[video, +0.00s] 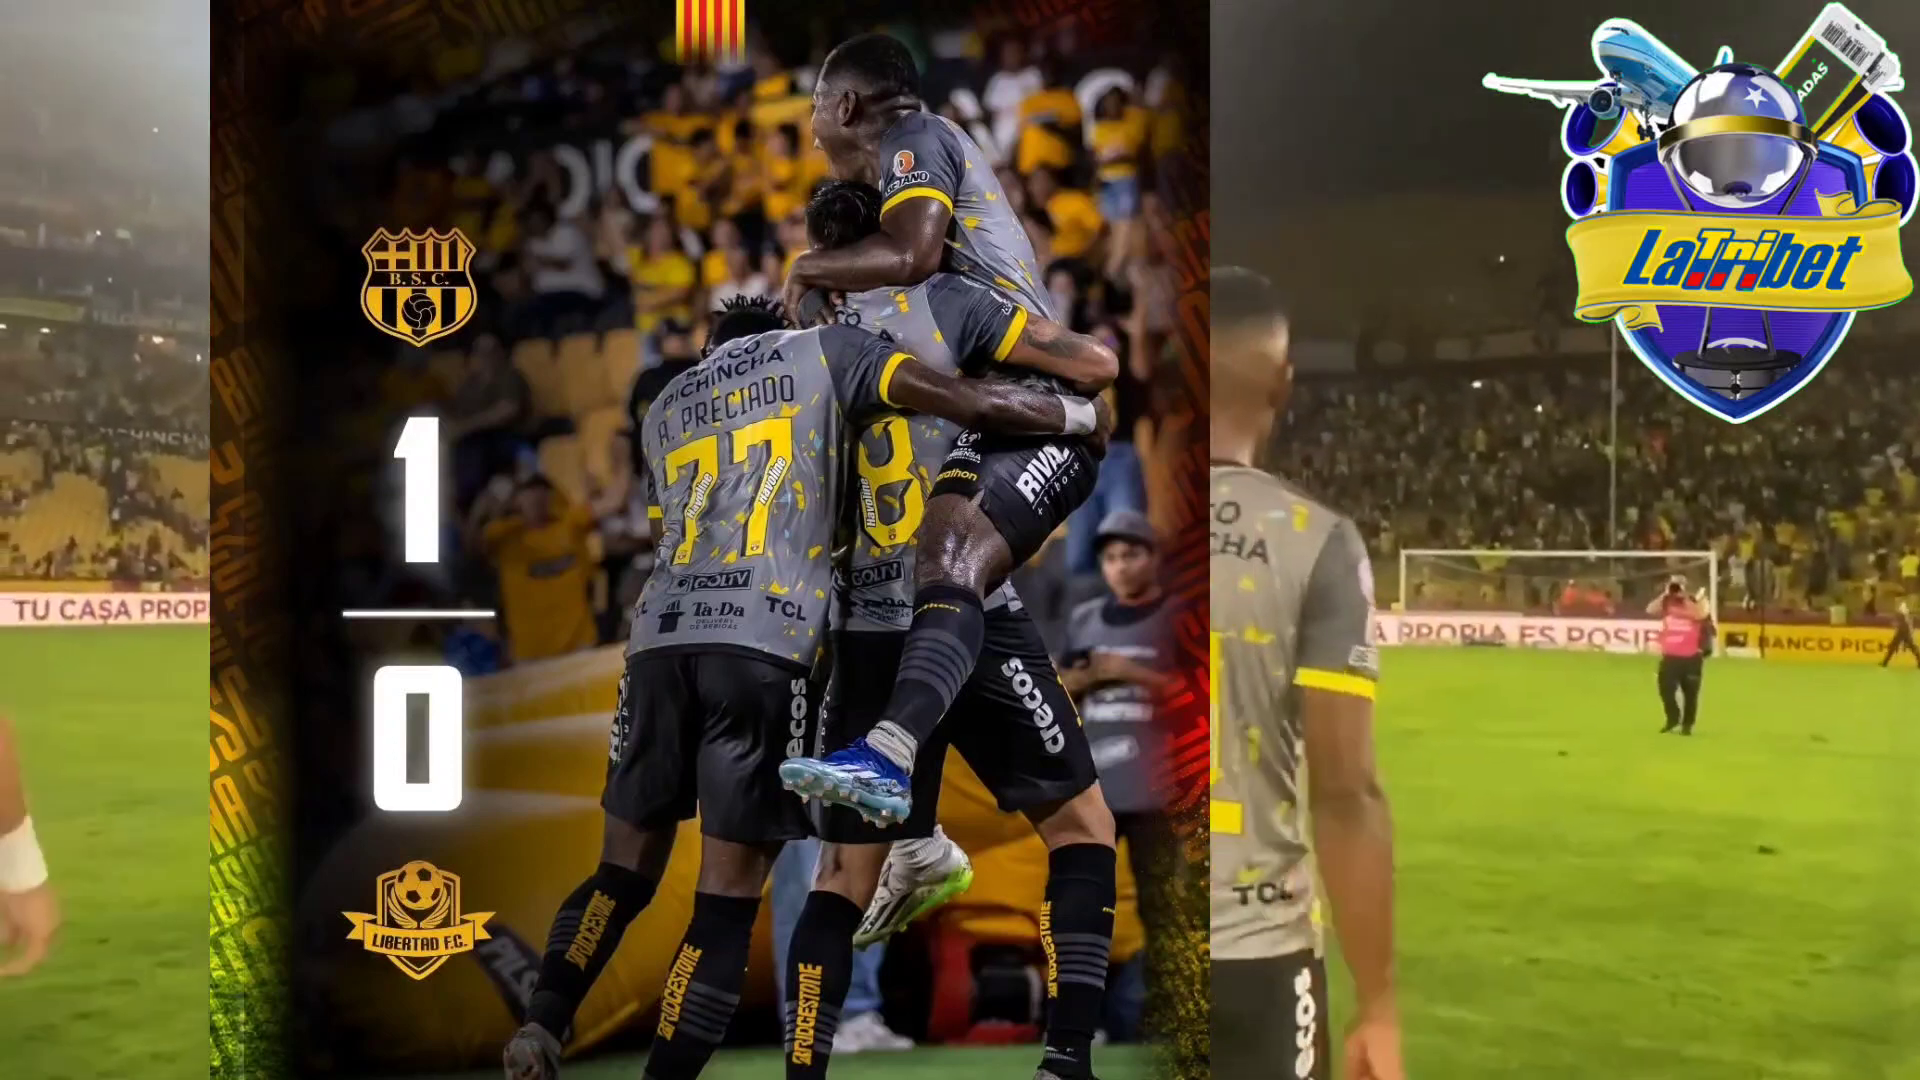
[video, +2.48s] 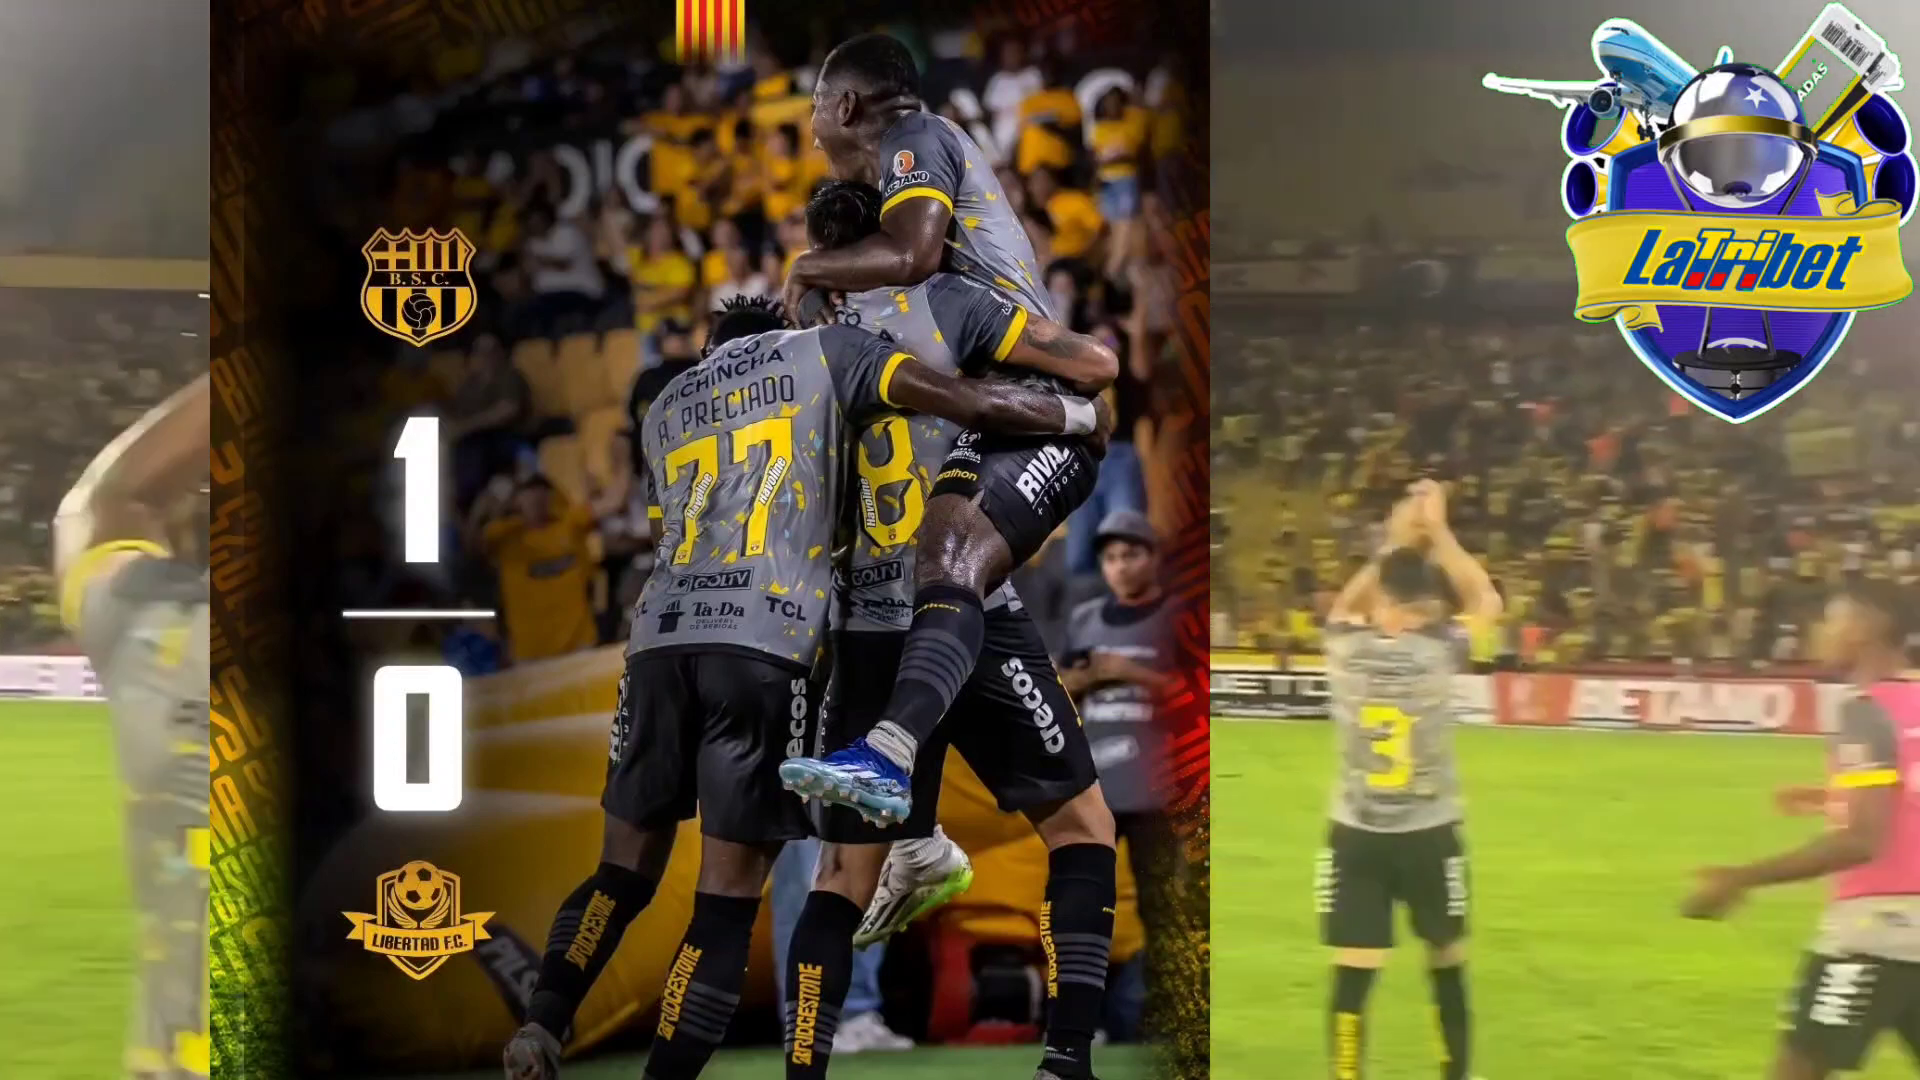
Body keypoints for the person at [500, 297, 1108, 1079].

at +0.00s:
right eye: (804, 317)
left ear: (708, 345)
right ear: (787, 323)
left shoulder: (661, 407)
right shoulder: (830, 348)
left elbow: (679, 519)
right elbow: (972, 400)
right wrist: (1089, 418)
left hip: (657, 648)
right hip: (761, 648)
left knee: (623, 868)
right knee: (726, 894)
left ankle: (543, 1026)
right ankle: (667, 1075)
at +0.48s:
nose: (821, 324)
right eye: (808, 317)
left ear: (708, 345)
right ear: (788, 324)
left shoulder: (661, 408)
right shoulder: (830, 347)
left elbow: (681, 519)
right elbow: (973, 400)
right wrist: (1088, 417)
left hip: (657, 648)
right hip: (762, 648)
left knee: (623, 867)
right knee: (727, 893)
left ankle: (543, 1026)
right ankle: (667, 1075)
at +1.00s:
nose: (821, 324)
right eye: (808, 317)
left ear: (708, 345)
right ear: (788, 324)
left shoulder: (661, 408)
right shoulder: (830, 347)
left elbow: (681, 519)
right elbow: (973, 400)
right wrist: (1088, 417)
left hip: (657, 648)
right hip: (762, 648)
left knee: (623, 867)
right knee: (727, 893)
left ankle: (543, 1026)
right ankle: (667, 1075)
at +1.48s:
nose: (820, 324)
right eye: (807, 318)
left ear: (708, 346)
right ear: (787, 324)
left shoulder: (660, 408)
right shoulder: (830, 348)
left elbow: (679, 520)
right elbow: (971, 400)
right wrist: (1089, 417)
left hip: (657, 648)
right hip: (761, 649)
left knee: (623, 867)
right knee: (726, 893)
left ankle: (543, 1026)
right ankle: (667, 1074)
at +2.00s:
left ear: (708, 345)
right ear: (786, 324)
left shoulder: (660, 405)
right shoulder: (830, 348)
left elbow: (680, 515)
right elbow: (971, 400)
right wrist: (1088, 419)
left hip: (657, 647)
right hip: (762, 648)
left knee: (622, 867)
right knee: (726, 893)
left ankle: (542, 1026)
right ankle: (667, 1074)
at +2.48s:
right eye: (804, 317)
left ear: (708, 345)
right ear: (787, 323)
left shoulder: (661, 407)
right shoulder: (830, 348)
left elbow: (679, 519)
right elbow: (972, 400)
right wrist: (1089, 418)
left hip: (657, 648)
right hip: (761, 648)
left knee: (623, 867)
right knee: (727, 893)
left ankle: (543, 1026)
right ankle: (667, 1075)